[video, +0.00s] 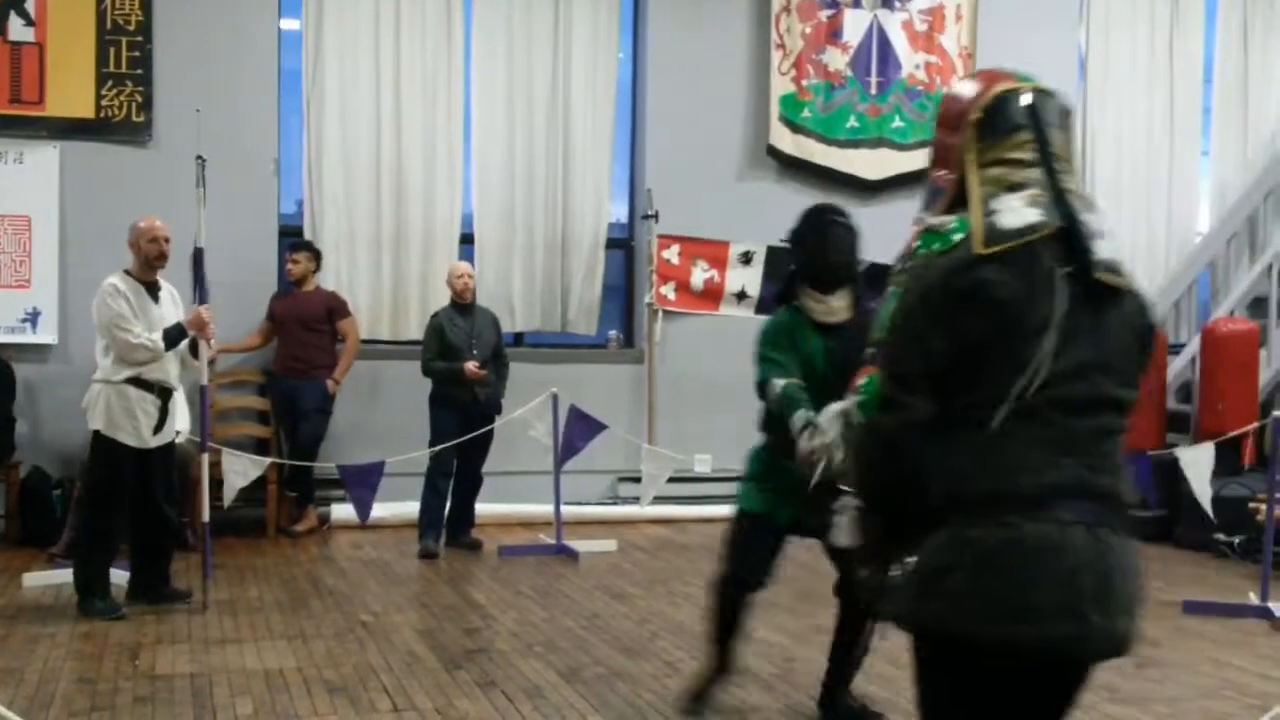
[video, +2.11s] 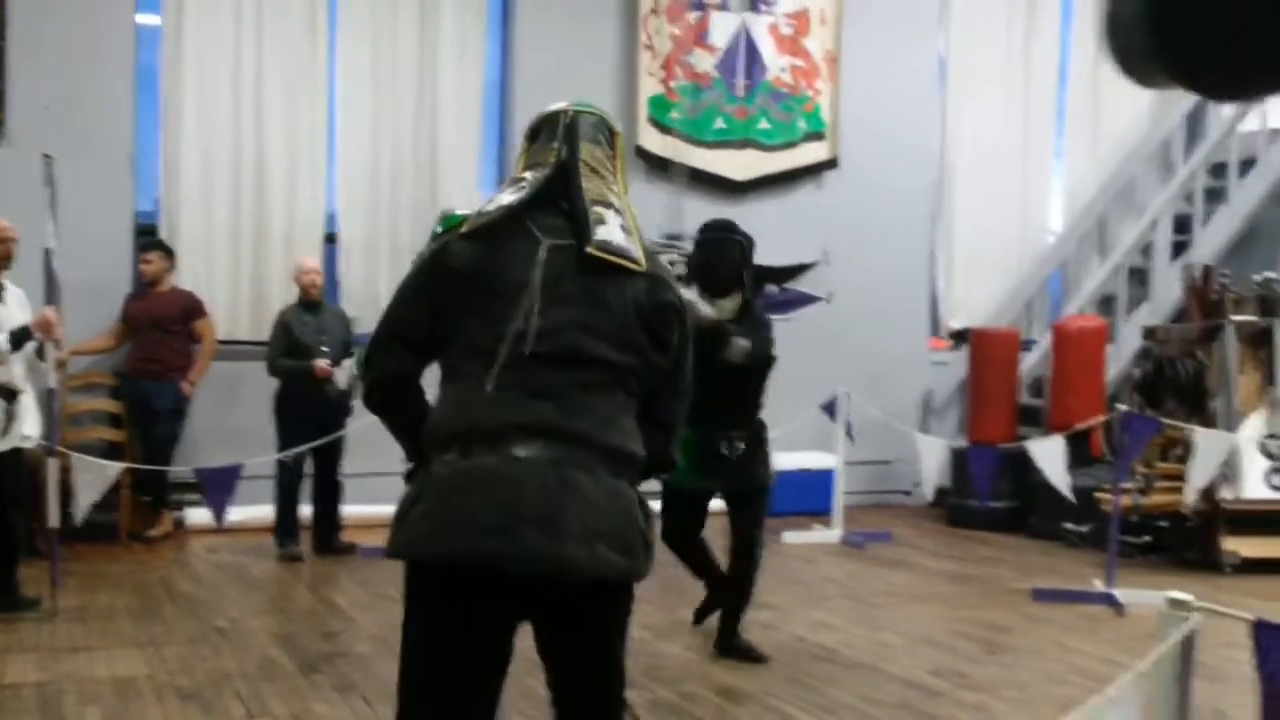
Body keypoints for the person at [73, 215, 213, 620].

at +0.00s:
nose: (163, 248)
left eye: (166, 242)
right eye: (154, 242)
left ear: (170, 248)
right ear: (133, 247)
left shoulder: (171, 295)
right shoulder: (113, 290)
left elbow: (182, 356)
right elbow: (132, 349)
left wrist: (199, 345)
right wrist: (185, 329)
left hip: (163, 410)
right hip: (121, 407)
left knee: (157, 501)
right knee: (106, 502)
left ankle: (150, 584)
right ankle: (93, 591)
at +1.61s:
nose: (108, 249)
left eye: (111, 242)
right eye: (99, 242)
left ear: (113, 247)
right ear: (78, 247)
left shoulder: (115, 295)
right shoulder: (57, 291)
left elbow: (135, 367)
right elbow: (76, 349)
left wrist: (146, 345)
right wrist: (130, 329)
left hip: (108, 414)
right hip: (66, 412)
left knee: (104, 504)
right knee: (53, 505)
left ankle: (99, 585)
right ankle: (40, 594)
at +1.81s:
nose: (59, 248)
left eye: (63, 241)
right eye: (51, 241)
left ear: (66, 248)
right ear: (30, 247)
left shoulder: (68, 295)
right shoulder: (10, 292)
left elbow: (79, 356)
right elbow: (30, 351)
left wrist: (98, 342)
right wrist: (80, 331)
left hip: (61, 417)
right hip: (19, 416)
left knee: (57, 507)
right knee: (14, 508)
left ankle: (51, 588)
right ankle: (4, 593)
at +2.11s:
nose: (12, 249)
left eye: (13, 242)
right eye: (7, 242)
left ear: (14, 246)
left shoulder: (17, 295)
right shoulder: (9, 297)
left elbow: (26, 357)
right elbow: (6, 348)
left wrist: (45, 342)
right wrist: (29, 332)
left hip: (21, 414)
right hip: (9, 416)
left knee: (17, 505)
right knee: (12, 506)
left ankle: (11, 587)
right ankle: (9, 588)